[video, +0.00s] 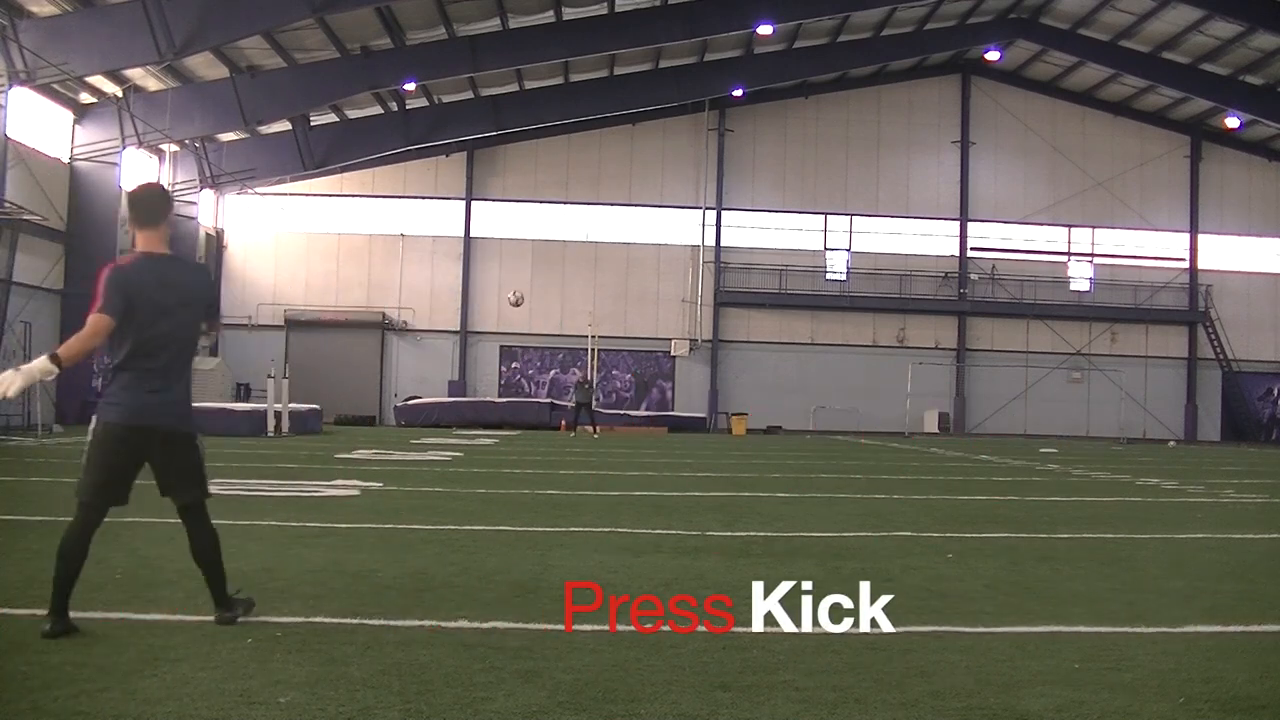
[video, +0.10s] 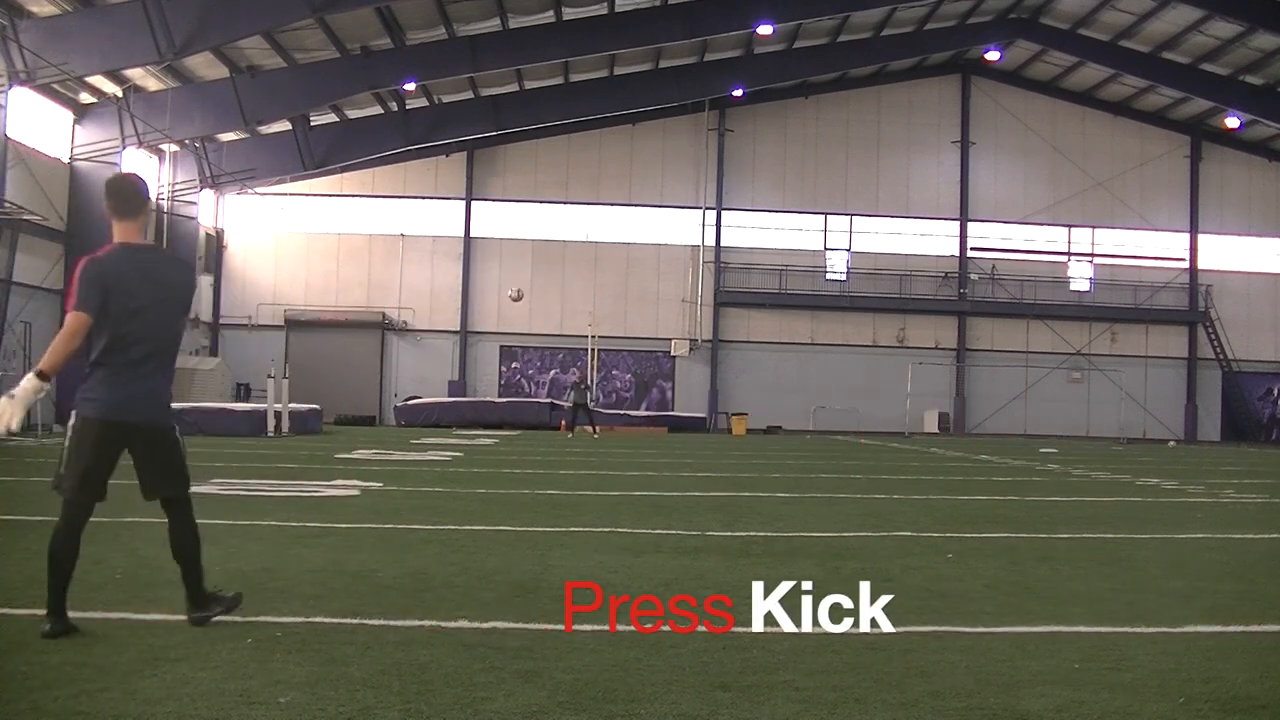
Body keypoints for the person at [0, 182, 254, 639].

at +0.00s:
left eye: (130, 217)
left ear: (130, 220)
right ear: (170, 219)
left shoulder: (120, 273)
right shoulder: (197, 275)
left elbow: (95, 334)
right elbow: (209, 328)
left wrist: (37, 368)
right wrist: (214, 258)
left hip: (118, 419)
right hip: (174, 420)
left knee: (86, 518)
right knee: (195, 514)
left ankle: (57, 615)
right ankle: (224, 603)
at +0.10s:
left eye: (110, 210)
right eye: (143, 205)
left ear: (106, 212)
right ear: (149, 211)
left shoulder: (95, 266)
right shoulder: (180, 270)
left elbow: (75, 330)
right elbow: (174, 329)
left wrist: (29, 387)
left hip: (98, 411)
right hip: (152, 411)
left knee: (73, 514)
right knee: (178, 504)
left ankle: (56, 615)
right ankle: (198, 599)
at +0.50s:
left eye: (63, 198)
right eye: (103, 197)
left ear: (63, 201)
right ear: (107, 202)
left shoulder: (37, 262)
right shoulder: (130, 267)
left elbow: (4, 330)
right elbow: (133, 355)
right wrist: (118, 363)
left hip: (44, 408)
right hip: (95, 412)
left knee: (42, 511)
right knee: (68, 518)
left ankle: (48, 613)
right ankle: (34, 627)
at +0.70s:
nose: (110, 204)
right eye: (110, 197)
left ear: (62, 196)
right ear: (107, 200)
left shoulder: (25, 251)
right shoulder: (114, 263)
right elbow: (134, 338)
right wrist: (149, 396)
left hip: (18, 402)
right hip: (69, 406)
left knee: (34, 509)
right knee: (46, 515)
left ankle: (43, 609)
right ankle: (28, 630)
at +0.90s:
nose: (100, 201)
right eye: (102, 193)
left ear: (56, 190)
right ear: (100, 196)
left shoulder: (15, 245)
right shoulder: (103, 257)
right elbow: (118, 337)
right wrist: (130, 399)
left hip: (7, 401)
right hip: (55, 408)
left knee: (22, 509)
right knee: (39, 516)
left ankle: (20, 618)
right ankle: (25, 631)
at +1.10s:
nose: (87, 201)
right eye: (90, 192)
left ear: (45, 190)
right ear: (89, 195)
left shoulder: (9, 244)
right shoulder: (92, 257)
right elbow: (100, 338)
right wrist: (113, 406)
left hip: (3, 406)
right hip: (53, 412)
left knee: (5, 518)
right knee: (40, 523)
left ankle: (6, 622)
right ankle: (26, 632)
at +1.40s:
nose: (70, 196)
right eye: (70, 189)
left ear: (21, 188)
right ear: (65, 191)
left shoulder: (4, 237)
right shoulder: (75, 255)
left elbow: (80, 338)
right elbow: (79, 337)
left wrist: (94, 407)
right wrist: (96, 408)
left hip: (1, 410)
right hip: (42, 415)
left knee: (9, 525)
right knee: (36, 527)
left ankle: (22, 633)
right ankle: (26, 633)